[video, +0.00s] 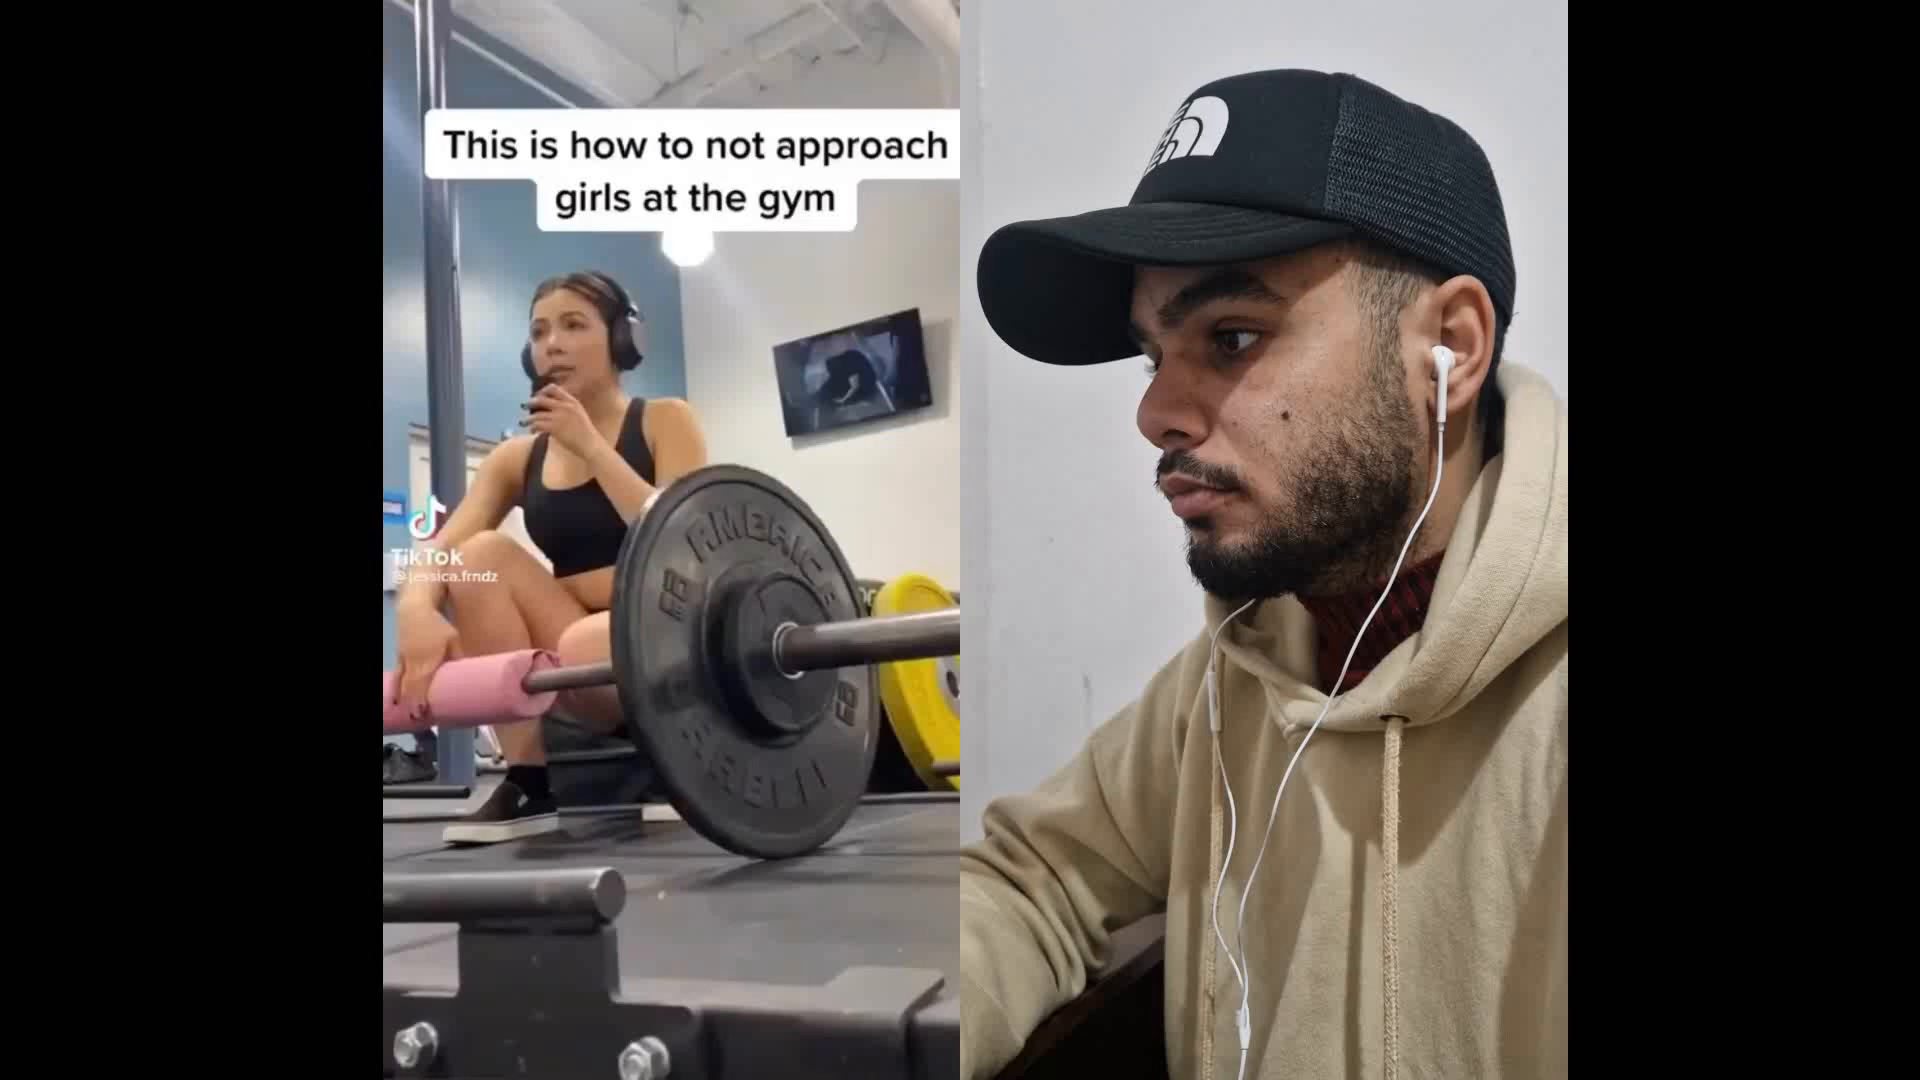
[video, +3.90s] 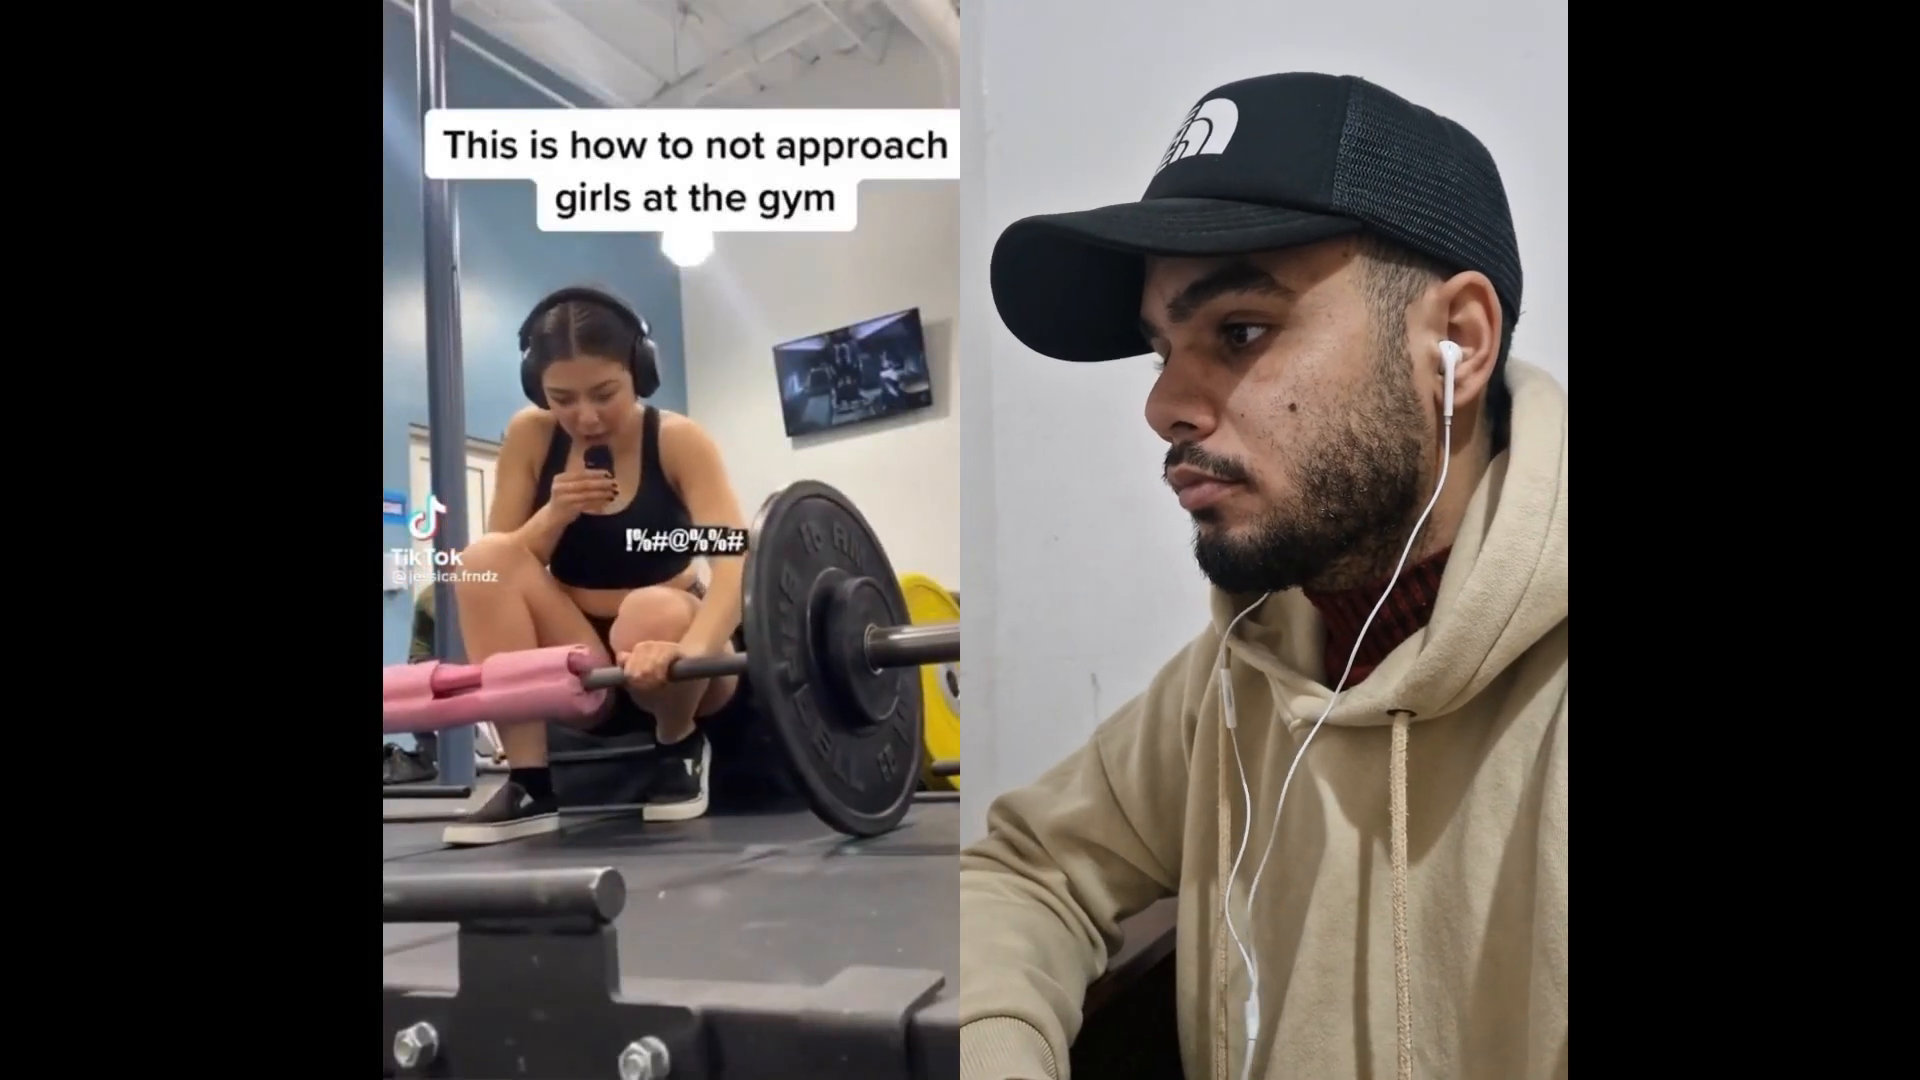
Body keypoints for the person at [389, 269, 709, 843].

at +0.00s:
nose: (552, 342)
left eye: (573, 324)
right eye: (540, 329)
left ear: (616, 339)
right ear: (531, 350)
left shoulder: (664, 421)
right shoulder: (517, 456)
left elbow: (688, 536)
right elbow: (442, 549)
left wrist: (592, 447)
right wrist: (415, 607)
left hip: (663, 628)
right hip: (563, 637)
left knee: (585, 645)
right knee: (482, 555)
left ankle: (680, 772)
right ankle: (526, 778)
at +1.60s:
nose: (571, 335)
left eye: (593, 318)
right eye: (557, 321)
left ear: (632, 337)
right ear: (544, 343)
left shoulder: (674, 420)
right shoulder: (522, 447)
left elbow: (702, 525)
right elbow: (478, 560)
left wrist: (615, 435)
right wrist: (456, 534)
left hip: (671, 633)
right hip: (572, 642)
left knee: (608, 643)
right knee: (466, 557)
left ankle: (668, 754)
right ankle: (528, 781)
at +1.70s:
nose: (569, 332)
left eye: (591, 317)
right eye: (555, 320)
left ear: (630, 335)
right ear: (542, 342)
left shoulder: (672, 416)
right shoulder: (527, 441)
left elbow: (700, 519)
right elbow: (462, 550)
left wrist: (614, 430)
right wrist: (465, 465)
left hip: (670, 630)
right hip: (571, 641)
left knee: (604, 645)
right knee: (468, 561)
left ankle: (670, 754)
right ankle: (527, 781)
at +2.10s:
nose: (573, 334)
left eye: (592, 319)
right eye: (554, 324)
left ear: (628, 336)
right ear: (537, 349)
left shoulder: (666, 410)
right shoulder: (530, 414)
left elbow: (717, 519)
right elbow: (468, 532)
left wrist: (616, 470)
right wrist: (535, 433)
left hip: (671, 628)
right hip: (571, 637)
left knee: (596, 646)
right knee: (461, 564)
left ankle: (689, 754)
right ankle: (527, 781)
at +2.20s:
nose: (575, 332)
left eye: (594, 317)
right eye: (556, 321)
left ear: (629, 334)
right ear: (538, 347)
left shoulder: (663, 411)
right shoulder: (531, 410)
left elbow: (702, 527)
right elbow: (478, 531)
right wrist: (544, 427)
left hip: (663, 630)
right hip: (567, 637)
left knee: (602, 639)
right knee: (462, 562)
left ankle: (676, 758)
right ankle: (526, 781)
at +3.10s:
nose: (585, 393)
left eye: (606, 370)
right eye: (565, 371)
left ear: (638, 366)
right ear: (542, 369)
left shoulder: (666, 430)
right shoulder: (526, 422)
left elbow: (717, 543)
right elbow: (456, 541)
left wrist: (670, 630)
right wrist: (534, 486)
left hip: (670, 654)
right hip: (569, 660)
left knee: (588, 604)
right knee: (445, 567)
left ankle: (666, 747)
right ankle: (524, 782)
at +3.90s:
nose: (586, 417)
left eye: (604, 394)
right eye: (564, 398)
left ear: (637, 376)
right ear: (540, 389)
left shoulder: (680, 442)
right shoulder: (531, 436)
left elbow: (732, 560)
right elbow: (496, 562)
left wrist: (688, 650)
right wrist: (554, 515)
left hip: (682, 662)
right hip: (582, 666)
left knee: (649, 612)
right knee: (483, 561)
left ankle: (677, 749)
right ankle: (528, 785)